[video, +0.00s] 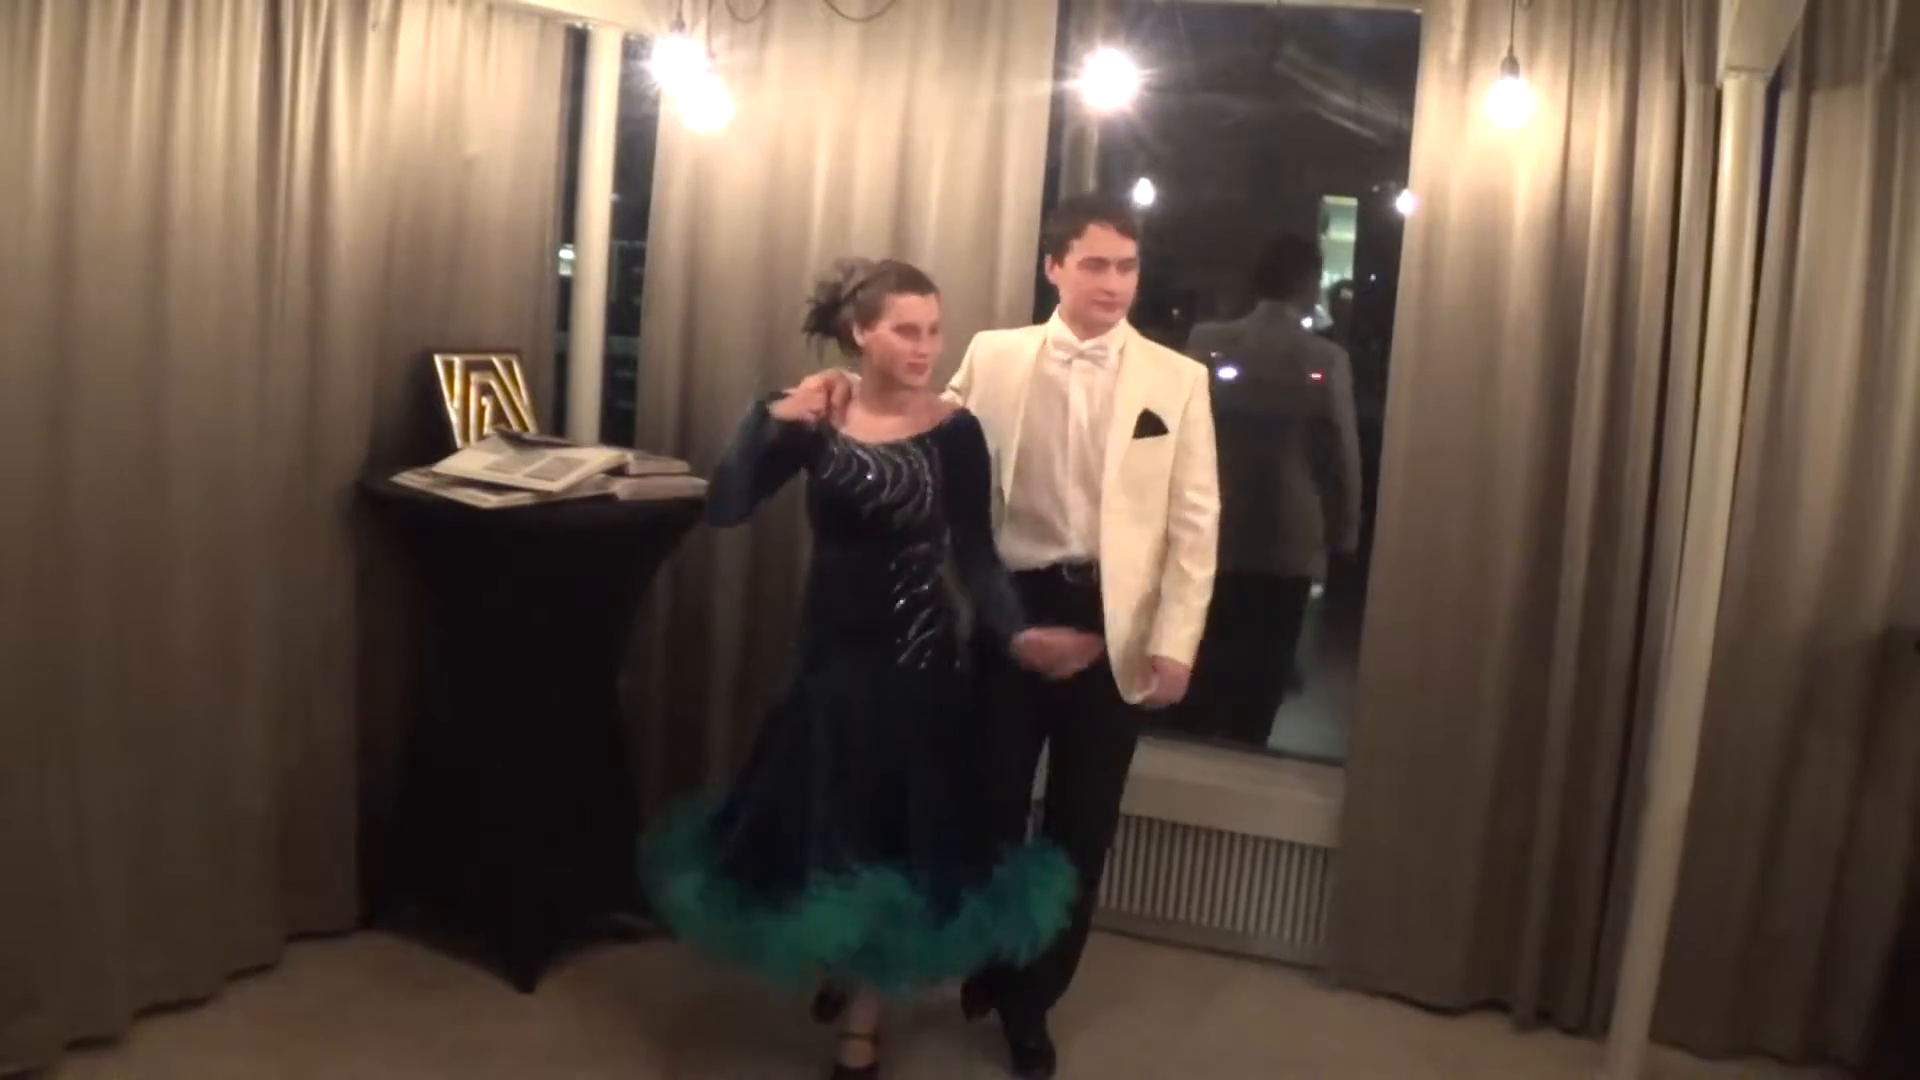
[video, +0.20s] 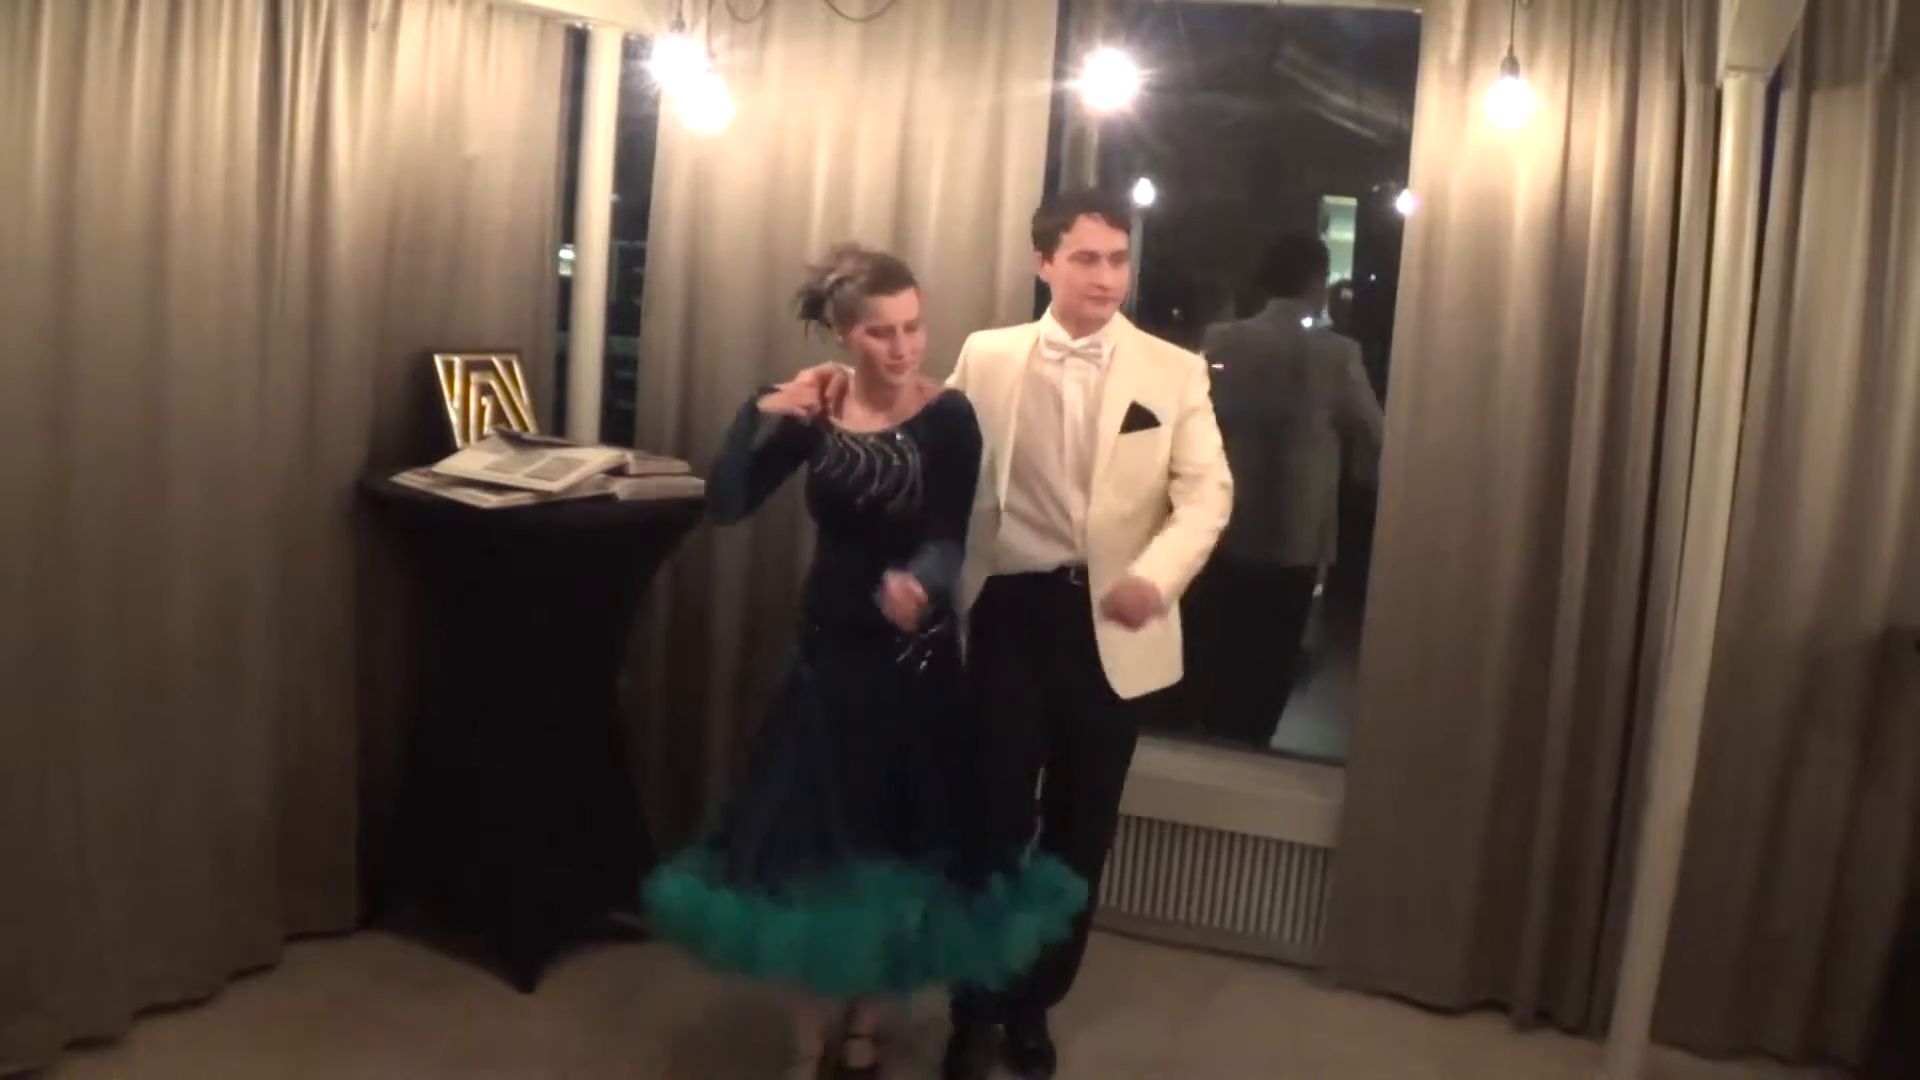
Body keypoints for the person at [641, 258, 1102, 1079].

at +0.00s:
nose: (925, 346)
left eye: (933, 331)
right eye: (906, 331)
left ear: (943, 338)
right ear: (858, 337)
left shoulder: (955, 431)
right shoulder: (819, 420)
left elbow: (976, 551)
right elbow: (726, 506)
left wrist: (1017, 631)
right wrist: (773, 419)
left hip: (930, 648)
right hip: (841, 643)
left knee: (900, 815)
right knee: (835, 805)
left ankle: (868, 999)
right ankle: (835, 958)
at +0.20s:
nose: (902, 347)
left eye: (911, 327)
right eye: (881, 334)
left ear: (926, 323)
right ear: (844, 337)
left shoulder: (949, 418)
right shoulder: (819, 408)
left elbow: (948, 535)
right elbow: (730, 497)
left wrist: (926, 584)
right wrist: (767, 411)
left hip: (915, 642)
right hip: (832, 635)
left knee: (896, 817)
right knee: (812, 812)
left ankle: (871, 1008)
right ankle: (813, 1021)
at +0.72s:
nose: (876, 372)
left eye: (889, 352)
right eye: (855, 355)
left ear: (906, 352)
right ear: (817, 361)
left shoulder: (931, 445)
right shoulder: (795, 435)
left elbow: (947, 575)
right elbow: (688, 525)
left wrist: (920, 682)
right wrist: (742, 452)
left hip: (893, 674)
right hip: (806, 665)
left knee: (883, 840)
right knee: (802, 833)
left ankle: (874, 1010)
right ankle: (822, 1005)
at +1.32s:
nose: (929, 354)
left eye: (936, 336)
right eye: (910, 333)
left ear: (941, 343)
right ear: (848, 335)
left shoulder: (939, 438)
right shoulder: (782, 426)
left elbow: (1018, 550)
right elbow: (641, 474)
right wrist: (742, 423)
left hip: (901, 691)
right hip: (801, 683)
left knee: (901, 878)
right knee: (777, 870)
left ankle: (891, 1042)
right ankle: (779, 1036)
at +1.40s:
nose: (934, 342)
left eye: (942, 324)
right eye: (919, 318)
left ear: (944, 333)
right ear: (857, 312)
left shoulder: (929, 429)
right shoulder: (777, 402)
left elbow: (1037, 484)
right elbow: (622, 395)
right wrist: (747, 361)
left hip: (895, 697)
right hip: (795, 688)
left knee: (897, 889)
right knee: (764, 882)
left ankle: (888, 1045)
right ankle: (753, 1047)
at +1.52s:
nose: (939, 386)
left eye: (945, 367)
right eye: (924, 363)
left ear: (948, 369)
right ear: (858, 349)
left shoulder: (929, 474)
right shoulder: (770, 438)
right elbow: (617, 468)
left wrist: (968, 518)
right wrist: (733, 422)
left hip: (870, 728)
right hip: (764, 719)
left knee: (843, 941)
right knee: (738, 938)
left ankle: (827, 1060)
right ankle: (739, 1061)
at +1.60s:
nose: (933, 432)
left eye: (940, 414)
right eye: (921, 407)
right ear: (860, 393)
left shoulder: (919, 522)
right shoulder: (754, 482)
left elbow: (975, 661)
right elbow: (621, 555)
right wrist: (717, 480)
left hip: (862, 778)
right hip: (751, 771)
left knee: (851, 975)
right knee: (742, 979)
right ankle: (770, 1063)